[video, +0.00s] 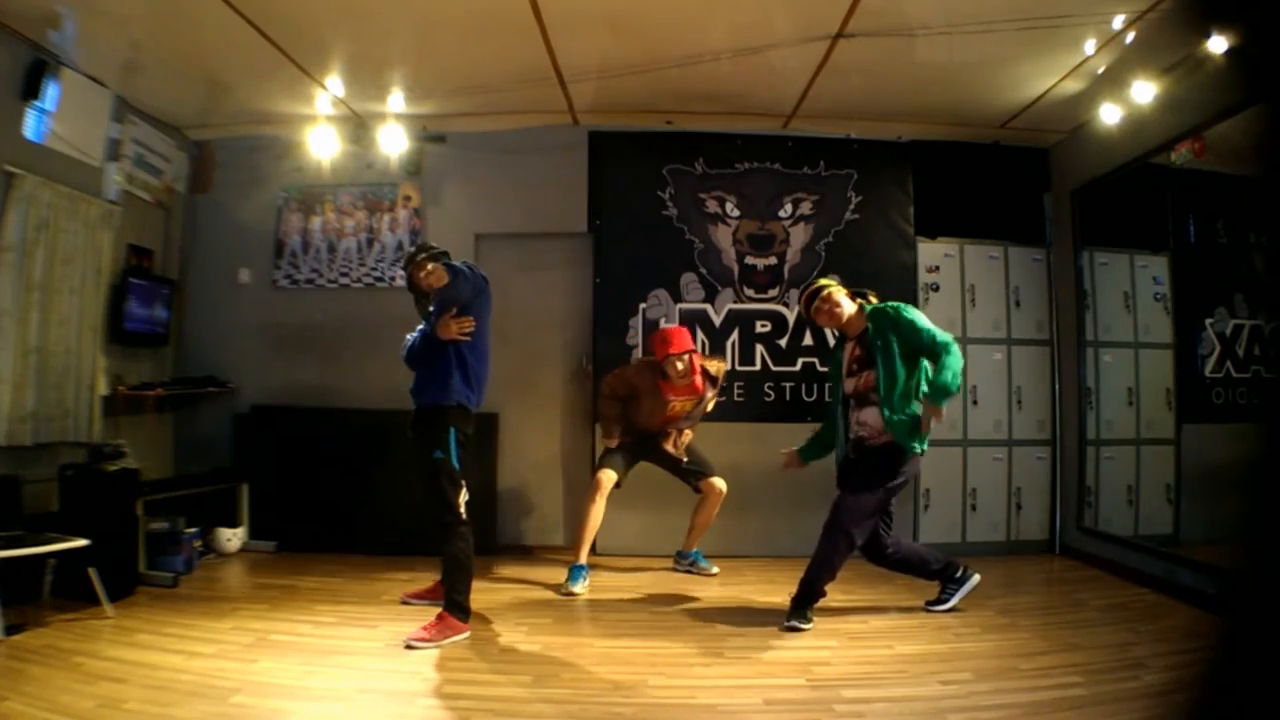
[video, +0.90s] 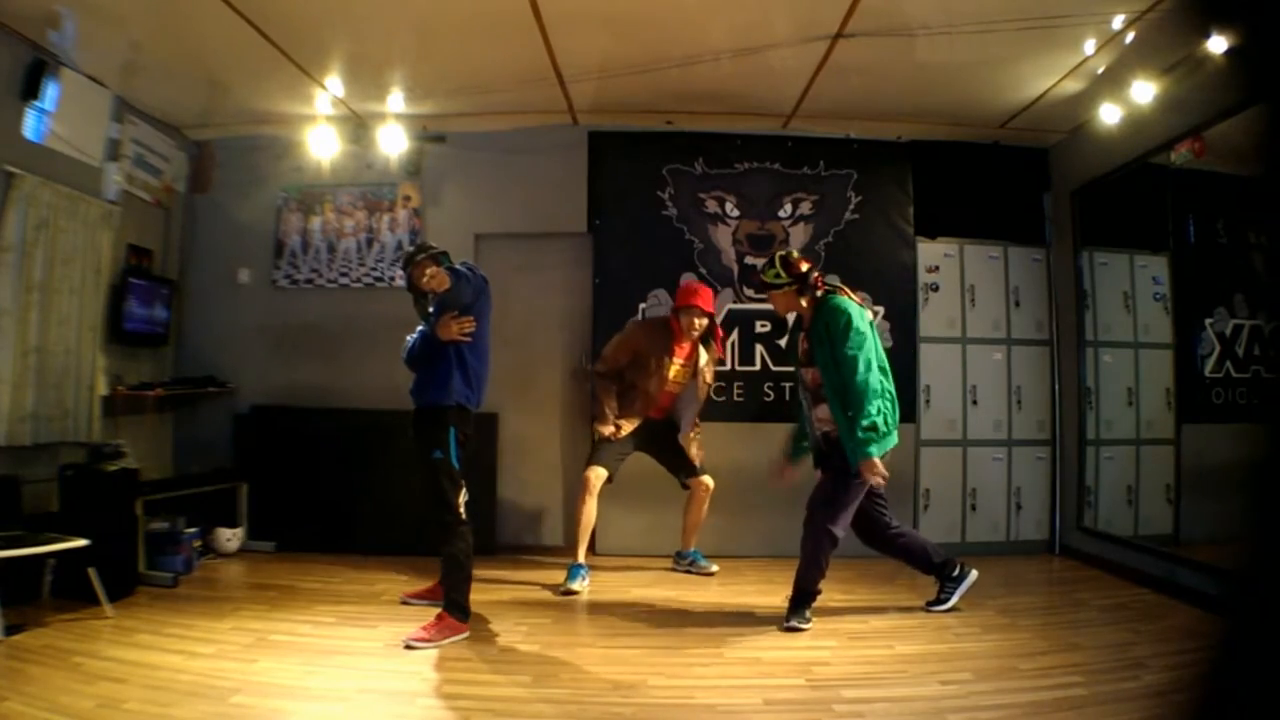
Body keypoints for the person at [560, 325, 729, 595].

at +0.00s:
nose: (678, 364)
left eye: (683, 357)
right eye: (671, 360)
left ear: (693, 355)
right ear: (661, 362)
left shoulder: (708, 375)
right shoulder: (641, 373)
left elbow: (706, 403)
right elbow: (609, 389)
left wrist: (688, 427)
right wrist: (611, 432)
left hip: (668, 439)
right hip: (630, 438)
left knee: (716, 488)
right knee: (602, 480)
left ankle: (687, 554)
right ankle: (579, 567)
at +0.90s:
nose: (696, 322)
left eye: (703, 316)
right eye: (690, 314)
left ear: (709, 320)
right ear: (677, 313)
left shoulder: (702, 356)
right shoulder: (643, 332)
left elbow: (693, 409)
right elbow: (604, 370)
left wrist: (690, 444)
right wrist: (605, 417)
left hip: (663, 427)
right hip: (624, 423)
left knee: (703, 485)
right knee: (591, 478)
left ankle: (686, 554)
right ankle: (578, 566)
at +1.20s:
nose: (674, 301)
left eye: (677, 295)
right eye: (668, 294)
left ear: (679, 295)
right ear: (648, 291)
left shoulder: (669, 327)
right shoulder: (609, 314)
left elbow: (669, 374)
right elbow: (580, 362)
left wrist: (673, 410)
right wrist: (594, 404)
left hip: (646, 417)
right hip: (608, 414)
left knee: (678, 481)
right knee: (592, 483)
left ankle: (680, 555)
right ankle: (578, 567)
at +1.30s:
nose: (669, 299)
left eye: (672, 293)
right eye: (664, 291)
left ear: (672, 292)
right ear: (644, 286)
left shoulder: (658, 321)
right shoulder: (608, 311)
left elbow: (656, 367)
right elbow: (597, 363)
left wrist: (663, 393)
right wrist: (625, 377)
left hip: (640, 413)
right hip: (606, 410)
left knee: (674, 476)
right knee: (600, 483)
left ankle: (678, 558)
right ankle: (579, 566)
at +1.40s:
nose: (666, 294)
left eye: (670, 288)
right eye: (661, 286)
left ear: (669, 288)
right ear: (642, 281)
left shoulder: (648, 314)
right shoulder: (611, 312)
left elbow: (644, 369)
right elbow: (623, 374)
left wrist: (674, 379)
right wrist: (672, 377)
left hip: (637, 416)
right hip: (607, 416)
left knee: (671, 478)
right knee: (604, 485)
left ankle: (676, 559)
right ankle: (579, 567)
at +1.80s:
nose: (674, 286)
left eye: (681, 281)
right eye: (669, 278)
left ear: (687, 285)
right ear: (655, 277)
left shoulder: (681, 321)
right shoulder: (633, 305)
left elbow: (684, 366)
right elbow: (654, 353)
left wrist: (701, 394)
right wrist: (697, 368)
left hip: (667, 414)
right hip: (630, 411)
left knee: (707, 478)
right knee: (607, 486)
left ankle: (690, 551)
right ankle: (578, 566)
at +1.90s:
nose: (687, 283)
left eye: (692, 276)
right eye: (680, 275)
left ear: (698, 282)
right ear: (664, 278)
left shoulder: (699, 324)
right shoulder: (641, 313)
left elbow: (711, 368)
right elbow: (658, 363)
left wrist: (716, 402)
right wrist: (697, 400)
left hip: (680, 417)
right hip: (639, 416)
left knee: (711, 485)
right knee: (609, 486)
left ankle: (695, 552)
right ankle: (578, 566)